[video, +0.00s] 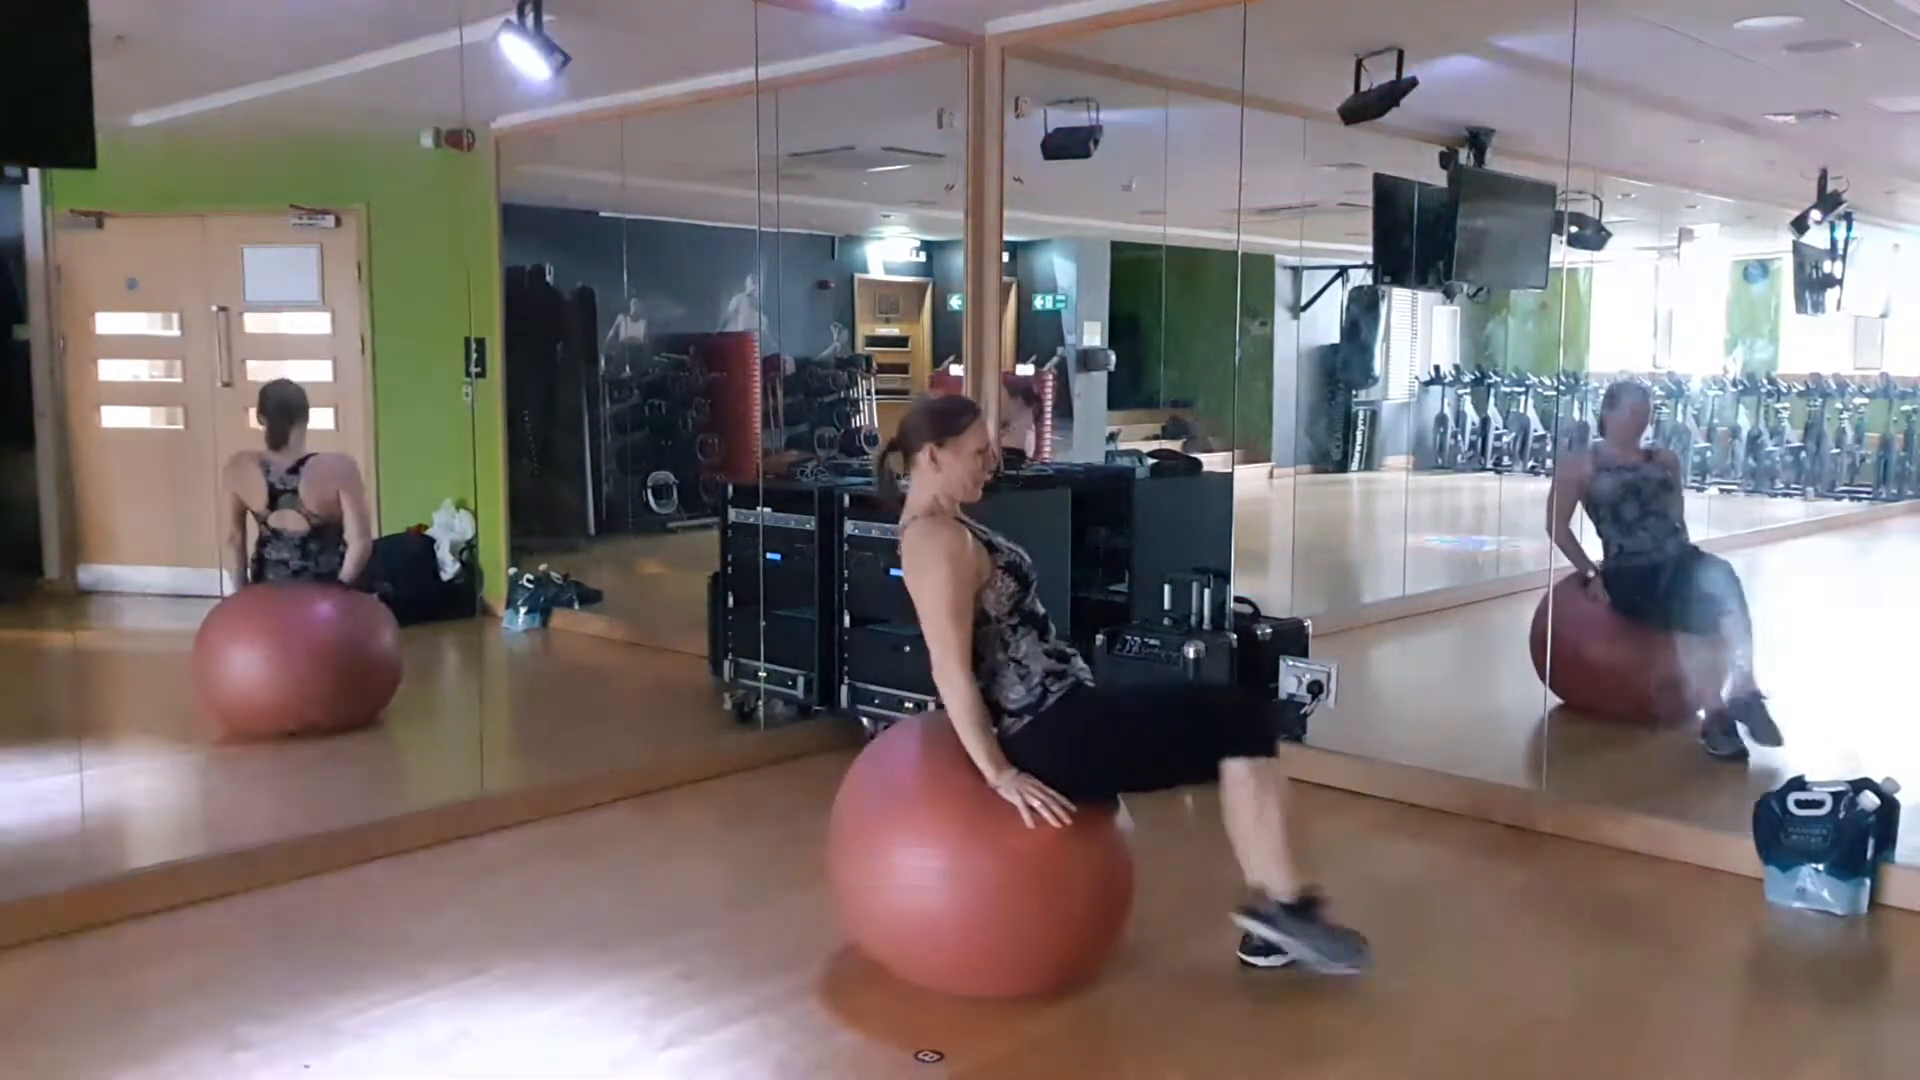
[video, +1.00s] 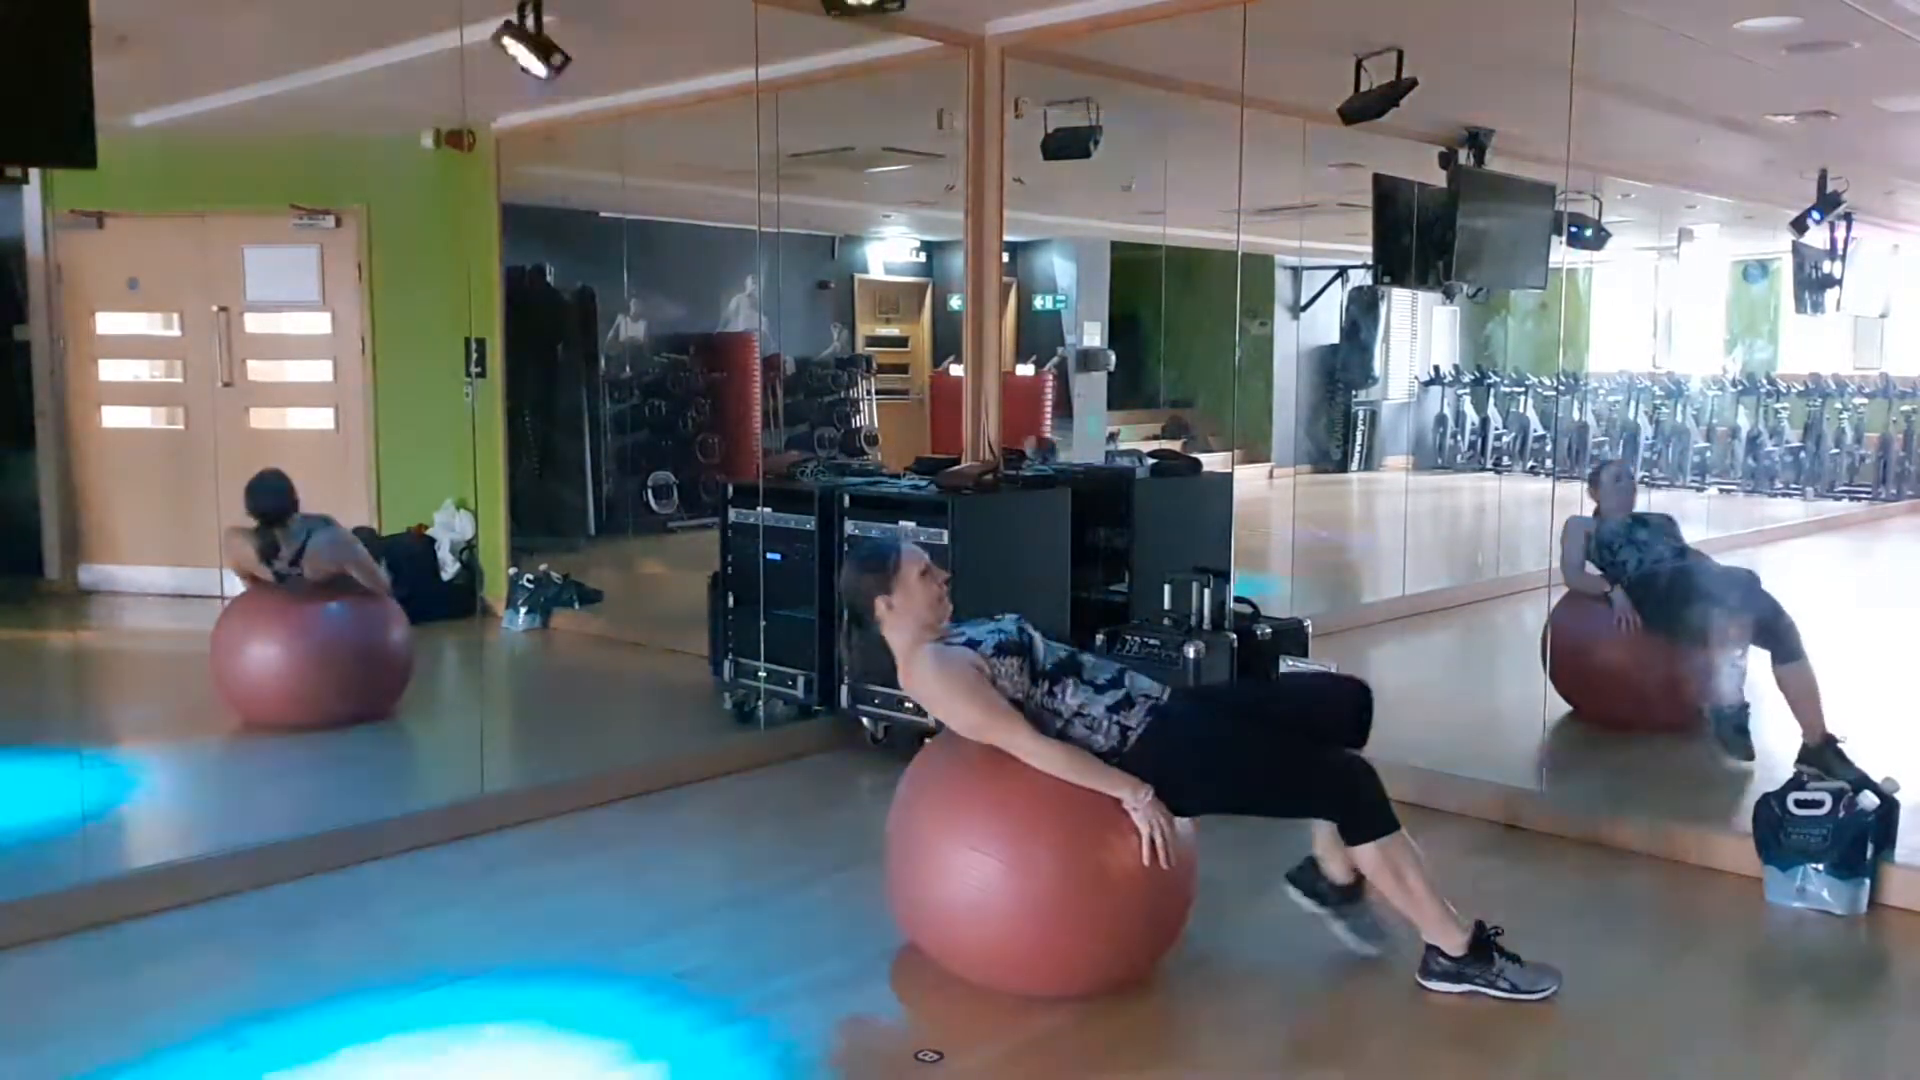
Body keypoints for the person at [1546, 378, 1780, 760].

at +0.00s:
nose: (1644, 421)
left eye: (1647, 413)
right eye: (1635, 413)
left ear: (1649, 417)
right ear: (1609, 413)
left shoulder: (1665, 461)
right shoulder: (1581, 466)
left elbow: (1677, 522)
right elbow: (1557, 527)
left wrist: (1686, 559)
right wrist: (1588, 570)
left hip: (1679, 563)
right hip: (1630, 574)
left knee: (1723, 576)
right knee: (1712, 607)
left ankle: (1744, 689)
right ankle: (1715, 717)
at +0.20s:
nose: (1639, 426)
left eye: (1642, 419)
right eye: (1629, 418)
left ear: (1646, 424)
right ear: (1604, 422)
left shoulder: (1664, 465)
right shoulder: (1579, 471)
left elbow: (1682, 526)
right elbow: (1560, 535)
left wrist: (1695, 564)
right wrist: (1593, 574)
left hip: (1686, 563)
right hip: (1635, 575)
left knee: (1728, 588)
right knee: (1709, 603)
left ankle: (1791, 703)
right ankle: (1715, 714)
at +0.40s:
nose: (1635, 440)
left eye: (1638, 432)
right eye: (1626, 432)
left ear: (1642, 438)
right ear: (1602, 439)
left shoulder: (1663, 476)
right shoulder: (1578, 484)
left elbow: (1683, 535)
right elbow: (1560, 547)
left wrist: (1698, 567)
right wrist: (1599, 579)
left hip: (1687, 566)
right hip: (1638, 578)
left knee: (1747, 605)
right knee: (1713, 605)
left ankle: (1807, 716)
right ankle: (1716, 712)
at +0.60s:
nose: (1630, 458)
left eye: (1634, 450)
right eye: (1621, 450)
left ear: (1640, 456)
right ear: (1597, 457)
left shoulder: (1661, 494)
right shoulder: (1578, 500)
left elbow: (1684, 545)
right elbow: (1562, 560)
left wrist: (1711, 574)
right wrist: (1601, 582)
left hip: (1692, 573)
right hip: (1644, 582)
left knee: (1756, 629)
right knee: (1724, 614)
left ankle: (1814, 742)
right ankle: (1717, 714)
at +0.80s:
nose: (1629, 470)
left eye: (1631, 465)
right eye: (1618, 466)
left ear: (1636, 474)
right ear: (1596, 477)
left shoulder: (1659, 511)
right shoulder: (1579, 516)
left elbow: (1685, 553)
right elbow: (1568, 572)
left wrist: (1712, 571)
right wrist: (1608, 588)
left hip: (1696, 578)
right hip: (1653, 587)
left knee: (1768, 626)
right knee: (1721, 613)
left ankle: (1818, 744)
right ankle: (1720, 715)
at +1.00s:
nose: (1627, 481)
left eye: (1629, 476)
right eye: (1616, 478)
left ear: (1636, 487)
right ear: (1595, 490)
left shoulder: (1661, 521)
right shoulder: (1582, 526)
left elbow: (1692, 555)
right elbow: (1573, 575)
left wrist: (1725, 577)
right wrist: (1611, 589)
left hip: (1698, 580)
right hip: (1654, 586)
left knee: (1781, 627)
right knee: (1731, 606)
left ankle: (1818, 744)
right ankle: (1729, 712)